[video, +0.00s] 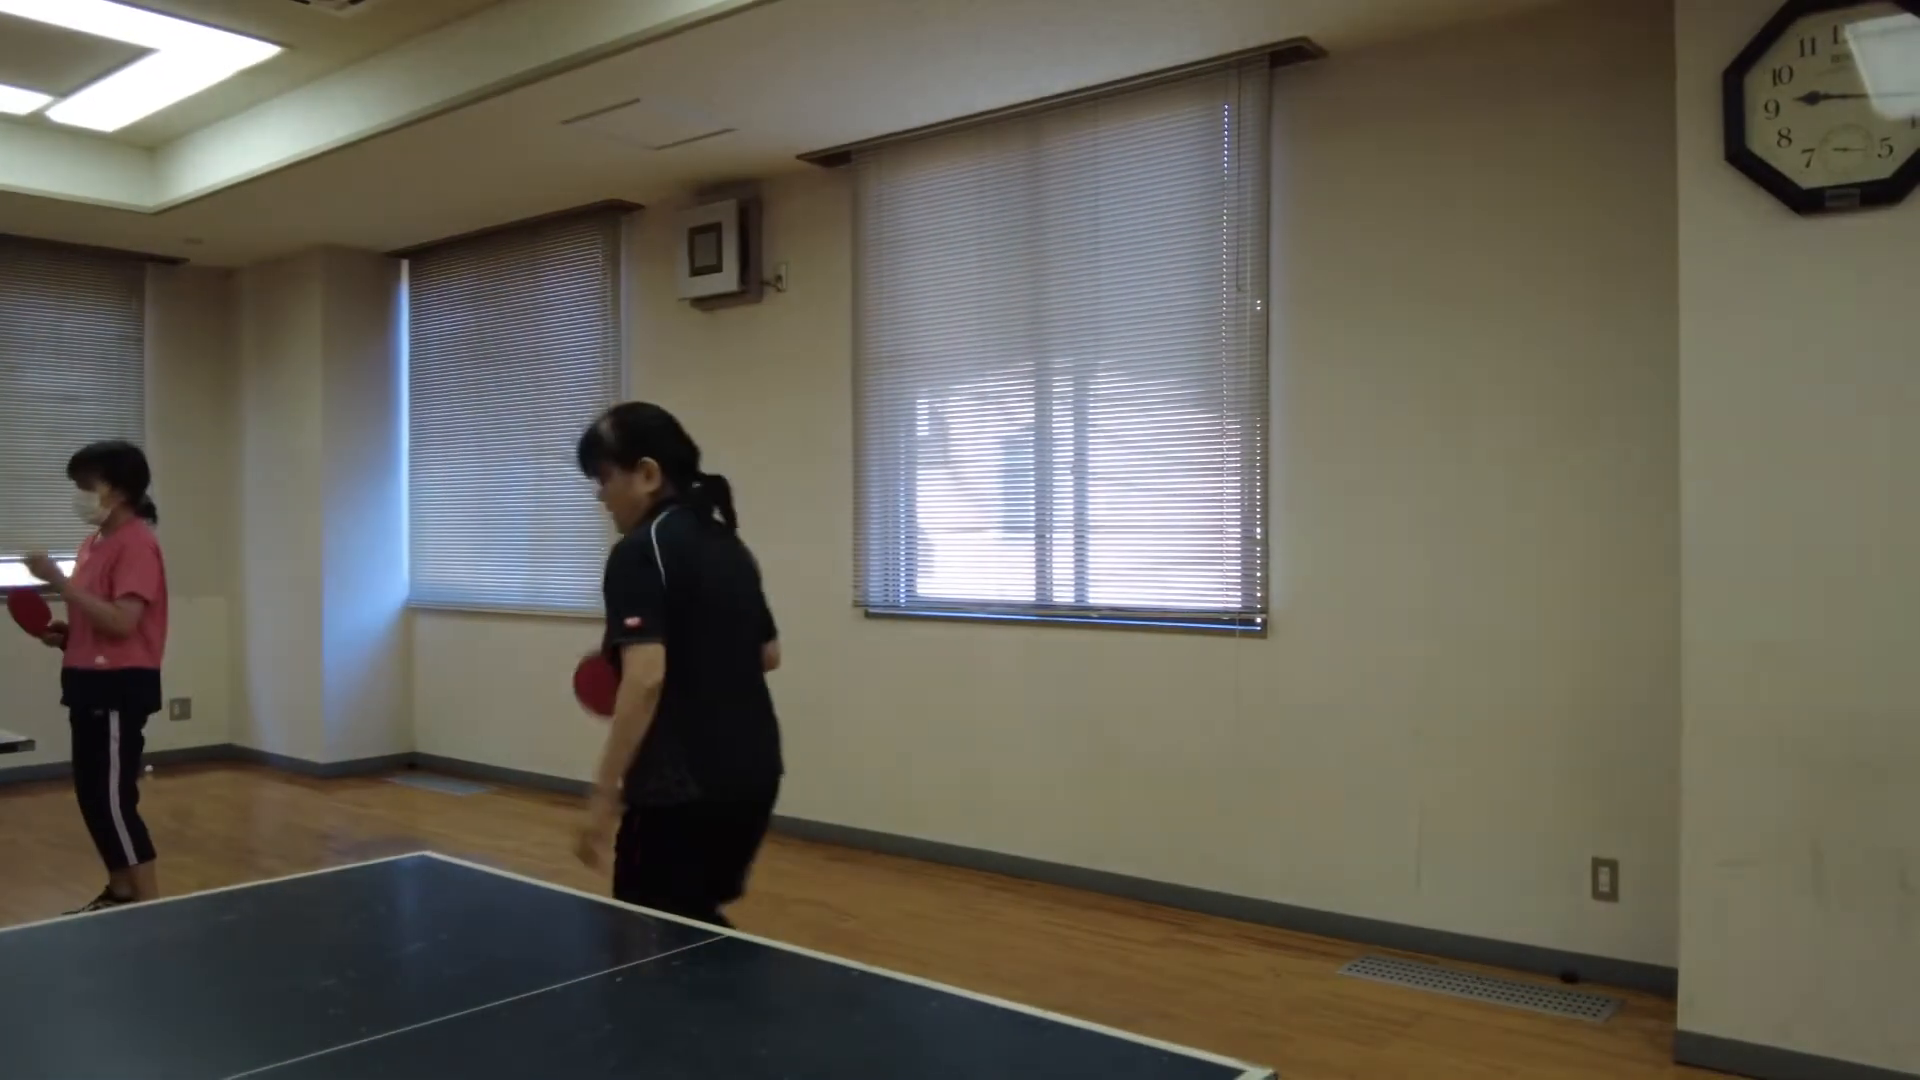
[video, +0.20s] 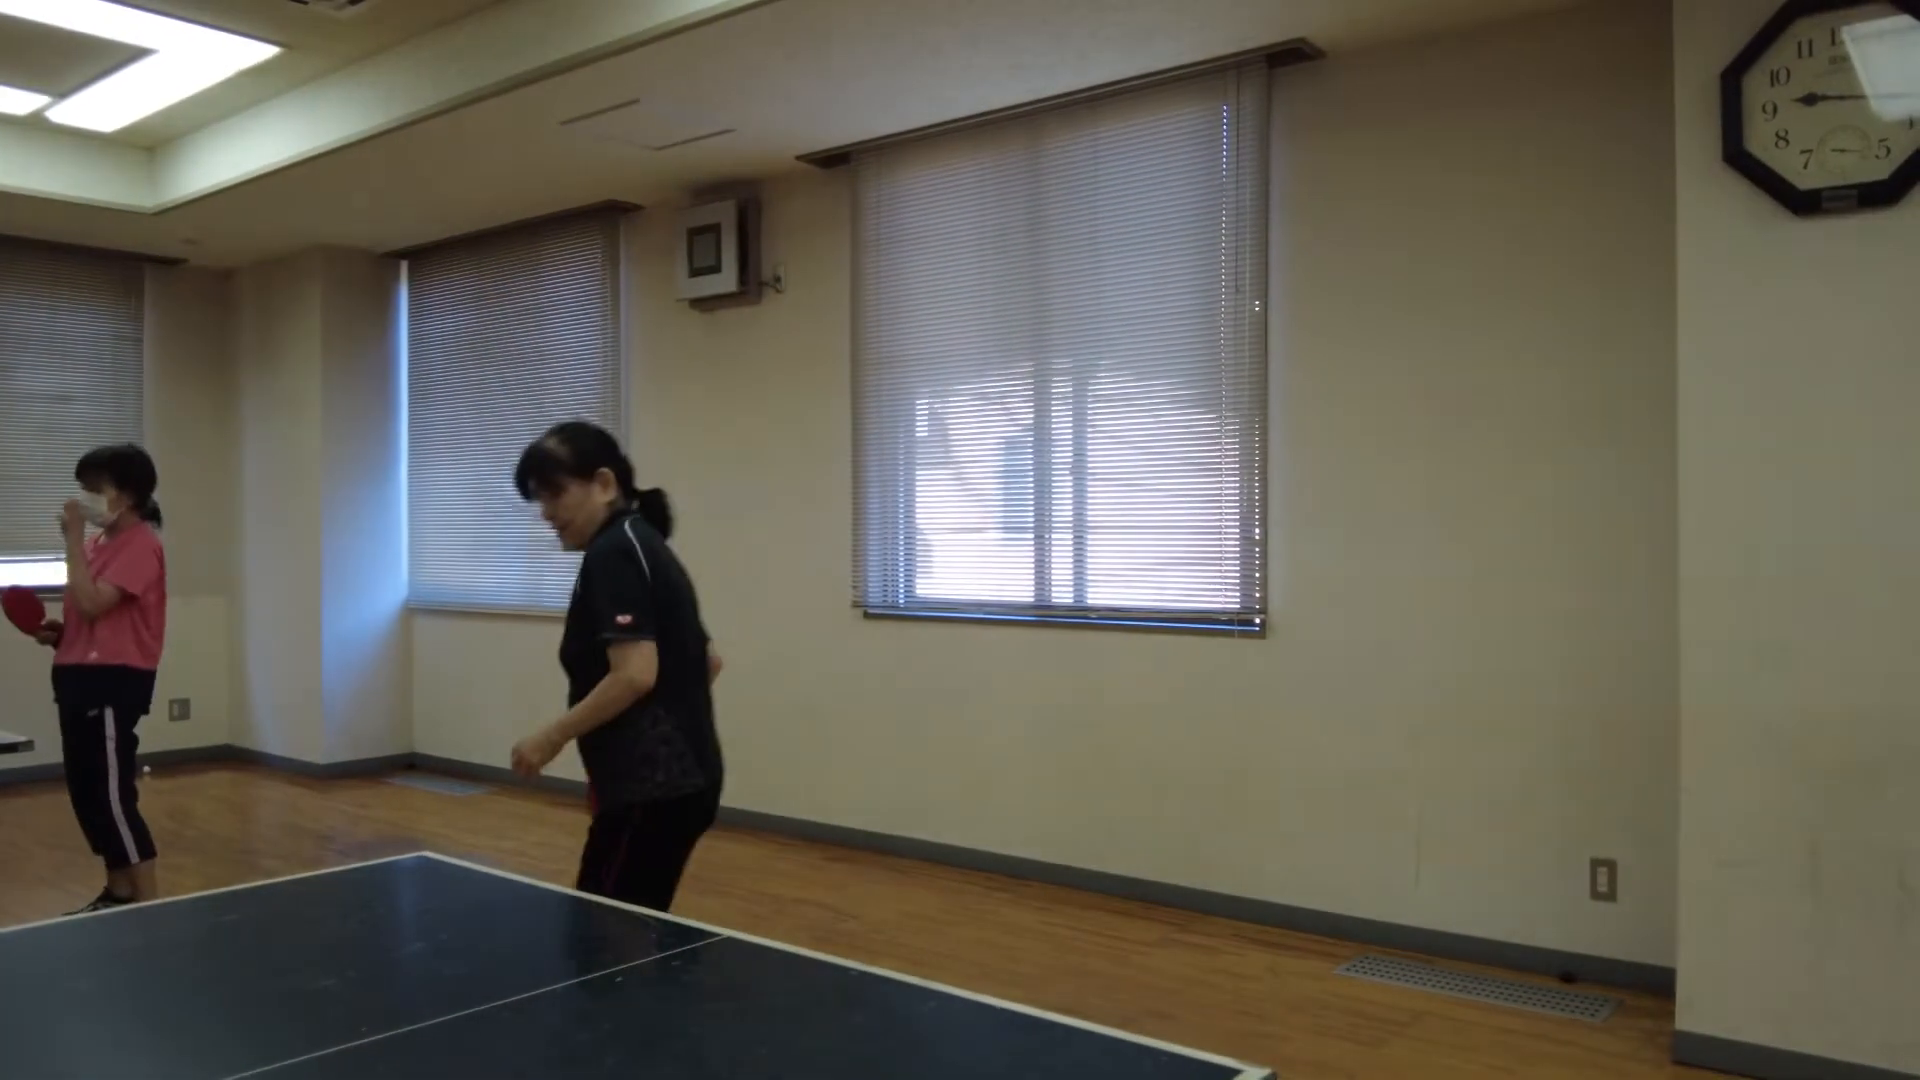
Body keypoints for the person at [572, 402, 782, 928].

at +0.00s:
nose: (600, 497)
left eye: (605, 479)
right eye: (597, 483)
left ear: (648, 474)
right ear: (655, 474)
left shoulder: (639, 553)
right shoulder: (726, 543)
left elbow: (644, 678)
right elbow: (766, 652)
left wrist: (605, 793)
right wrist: (666, 665)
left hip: (676, 778)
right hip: (749, 768)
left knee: (645, 925)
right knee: (694, 913)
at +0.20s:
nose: (546, 512)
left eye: (555, 493)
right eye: (540, 500)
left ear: (604, 483)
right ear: (607, 488)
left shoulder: (614, 551)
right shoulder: (644, 545)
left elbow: (635, 672)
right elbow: (706, 661)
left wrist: (555, 736)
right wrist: (643, 737)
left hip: (649, 788)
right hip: (676, 780)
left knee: (601, 931)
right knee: (625, 933)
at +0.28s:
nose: (529, 530)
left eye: (538, 511)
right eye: (521, 518)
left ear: (586, 501)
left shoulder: (606, 563)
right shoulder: (599, 561)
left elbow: (644, 682)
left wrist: (565, 760)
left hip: (640, 799)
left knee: (564, 922)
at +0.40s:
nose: (502, 541)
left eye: (511, 521)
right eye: (492, 530)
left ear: (557, 506)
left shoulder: (589, 570)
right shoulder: (567, 575)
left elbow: (650, 677)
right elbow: (597, 692)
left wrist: (593, 780)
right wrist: (571, 793)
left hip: (639, 798)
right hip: (613, 796)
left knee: (570, 927)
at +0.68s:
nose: (479, 536)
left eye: (488, 515)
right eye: (469, 524)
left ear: (536, 501)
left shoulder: (570, 567)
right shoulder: (538, 578)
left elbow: (622, 685)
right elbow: (575, 694)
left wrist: (543, 786)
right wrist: (528, 770)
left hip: (628, 798)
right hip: (568, 799)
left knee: (642, 949)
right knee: (517, 929)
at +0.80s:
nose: (449, 548)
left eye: (460, 529)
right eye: (439, 535)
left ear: (510, 518)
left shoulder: (550, 593)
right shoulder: (504, 598)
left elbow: (557, 725)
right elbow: (525, 718)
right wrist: (497, 793)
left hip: (609, 808)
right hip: (538, 801)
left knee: (627, 955)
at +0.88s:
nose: (403, 545)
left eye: (416, 526)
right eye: (396, 532)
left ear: (467, 519)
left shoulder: (505, 596)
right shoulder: (471, 598)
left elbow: (496, 731)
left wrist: (360, 774)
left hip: (572, 822)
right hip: (509, 817)